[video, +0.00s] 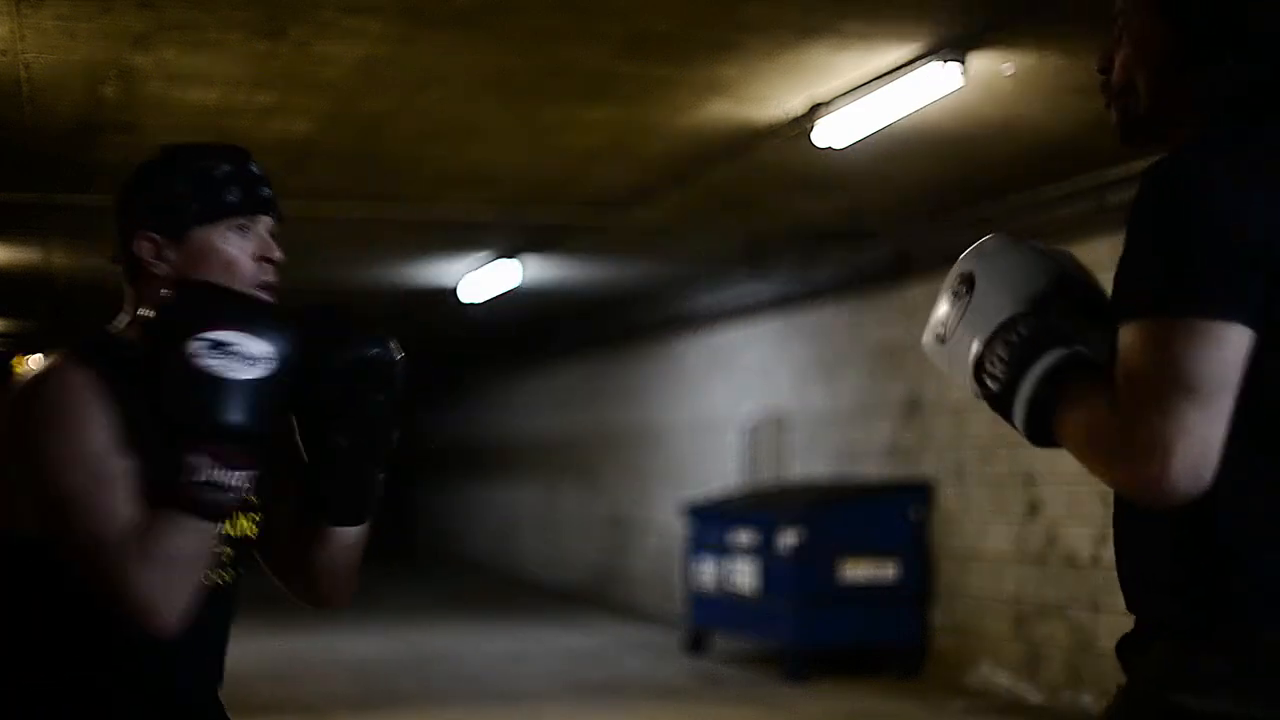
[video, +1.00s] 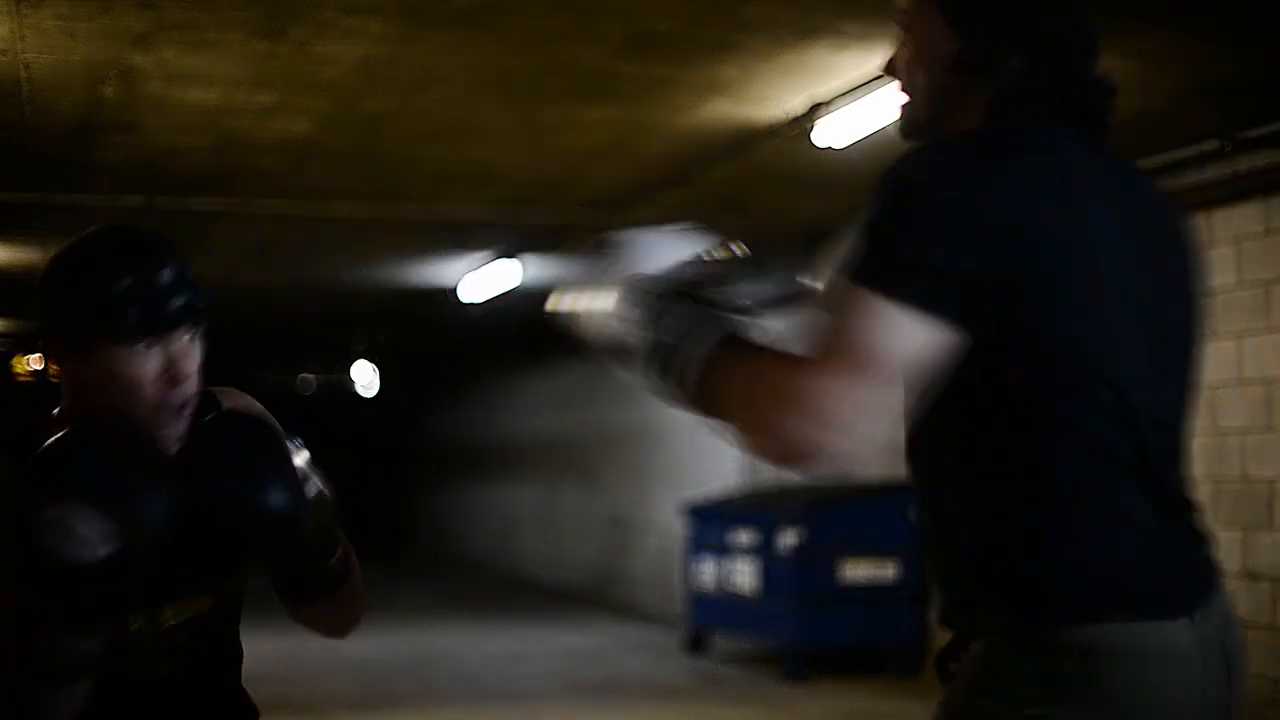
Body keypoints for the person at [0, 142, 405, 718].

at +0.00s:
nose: (272, 253)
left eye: (270, 235)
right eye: (242, 230)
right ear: (157, 253)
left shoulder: (233, 388)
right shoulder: (72, 392)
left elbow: (322, 584)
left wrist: (354, 443)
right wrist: (222, 435)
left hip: (192, 696)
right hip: (90, 707)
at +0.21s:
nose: (310, 278)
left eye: (307, 254)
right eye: (279, 251)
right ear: (193, 270)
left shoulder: (229, 395)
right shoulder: (100, 407)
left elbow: (321, 592)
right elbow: (180, 624)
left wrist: (361, 454)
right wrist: (268, 460)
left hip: (214, 714)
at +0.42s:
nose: (224, 362)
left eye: (237, 329)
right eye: (189, 338)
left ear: (257, 332)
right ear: (132, 348)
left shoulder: (283, 434)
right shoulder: (56, 465)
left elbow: (383, 609)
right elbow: (65, 694)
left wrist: (343, 479)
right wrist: (120, 561)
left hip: (237, 704)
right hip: (106, 715)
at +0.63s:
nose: (374, 361)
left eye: (370, 335)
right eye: (355, 333)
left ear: (279, 337)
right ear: (283, 336)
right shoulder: (206, 444)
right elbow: (281, 668)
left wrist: (346, 498)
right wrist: (355, 515)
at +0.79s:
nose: (319, 316)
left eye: (317, 290)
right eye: (294, 287)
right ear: (206, 298)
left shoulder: (220, 418)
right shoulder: (117, 417)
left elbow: (298, 598)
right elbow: (164, 635)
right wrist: (264, 479)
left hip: (198, 708)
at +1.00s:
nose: (183, 368)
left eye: (190, 335)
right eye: (148, 345)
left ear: (204, 335)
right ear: (74, 364)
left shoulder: (231, 440)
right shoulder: (43, 491)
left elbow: (337, 618)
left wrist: (295, 501)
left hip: (218, 706)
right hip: (95, 716)